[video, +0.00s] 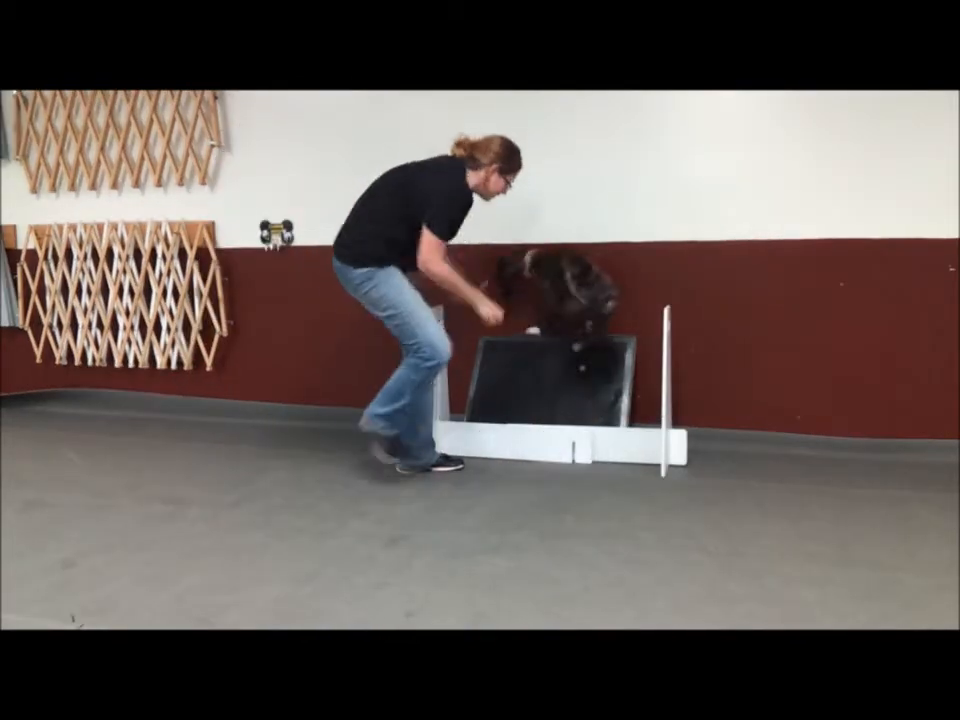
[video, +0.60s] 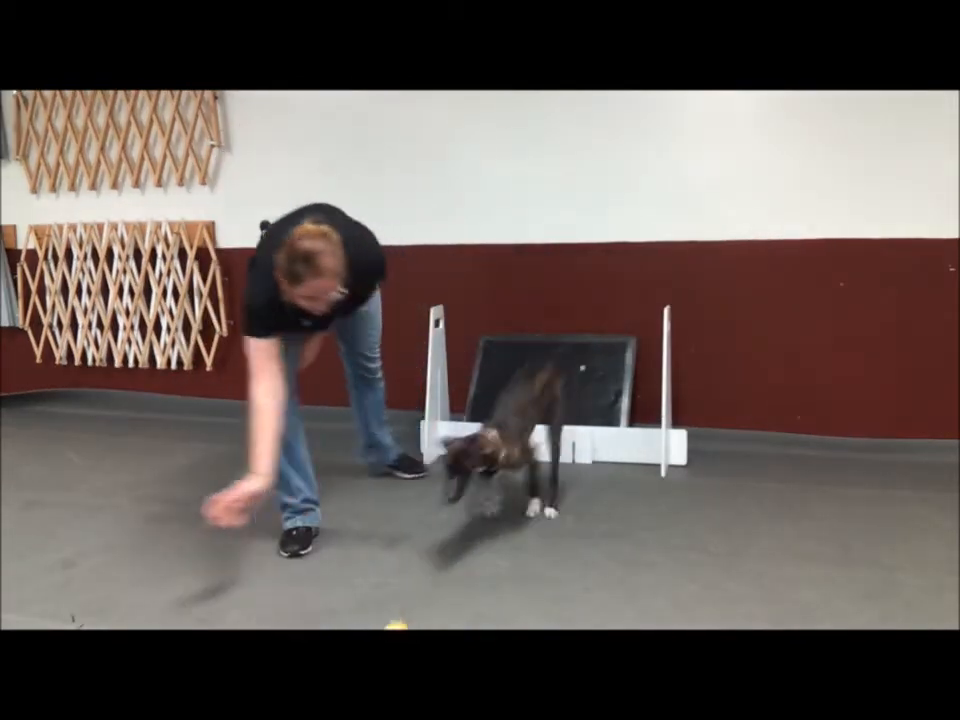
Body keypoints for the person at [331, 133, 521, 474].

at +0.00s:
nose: (506, 188)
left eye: (510, 182)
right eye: (507, 179)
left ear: (486, 167)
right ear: (489, 169)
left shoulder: (450, 177)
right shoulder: (453, 189)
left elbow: (431, 252)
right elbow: (430, 262)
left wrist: (472, 292)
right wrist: (479, 301)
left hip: (376, 261)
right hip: (365, 264)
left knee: (424, 350)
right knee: (434, 350)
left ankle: (416, 454)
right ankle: (379, 421)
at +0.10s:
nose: (504, 212)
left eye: (508, 206)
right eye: (504, 203)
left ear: (484, 189)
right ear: (486, 192)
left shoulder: (453, 199)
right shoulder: (444, 213)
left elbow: (433, 257)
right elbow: (436, 291)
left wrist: (437, 302)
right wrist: (474, 347)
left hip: (392, 268)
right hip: (353, 264)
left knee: (421, 355)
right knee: (407, 356)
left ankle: (417, 455)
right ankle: (348, 459)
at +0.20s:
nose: (488, 250)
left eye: (492, 244)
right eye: (489, 242)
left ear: (473, 225)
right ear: (474, 229)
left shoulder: (442, 217)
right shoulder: (430, 246)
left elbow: (411, 266)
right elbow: (435, 330)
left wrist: (411, 318)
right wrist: (468, 393)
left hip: (382, 277)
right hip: (335, 268)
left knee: (416, 352)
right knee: (365, 363)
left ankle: (417, 455)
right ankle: (326, 484)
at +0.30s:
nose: (461, 285)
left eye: (466, 279)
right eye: (462, 277)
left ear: (443, 259)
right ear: (441, 262)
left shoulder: (431, 240)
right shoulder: (396, 275)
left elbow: (392, 283)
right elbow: (414, 370)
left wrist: (379, 334)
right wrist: (449, 444)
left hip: (360, 283)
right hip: (312, 282)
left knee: (408, 360)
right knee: (330, 381)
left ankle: (415, 454)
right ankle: (307, 510)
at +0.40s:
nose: (420, 312)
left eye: (426, 305)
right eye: (413, 304)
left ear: (435, 285)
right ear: (388, 287)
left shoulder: (413, 259)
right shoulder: (352, 294)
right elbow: (373, 391)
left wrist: (352, 346)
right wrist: (401, 474)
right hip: (293, 287)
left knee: (401, 367)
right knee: (302, 388)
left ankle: (418, 453)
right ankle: (304, 515)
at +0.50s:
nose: (371, 321)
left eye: (379, 311)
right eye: (361, 311)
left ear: (389, 293)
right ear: (333, 293)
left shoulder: (393, 269)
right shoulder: (303, 296)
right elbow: (318, 391)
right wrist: (335, 482)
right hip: (278, 286)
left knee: (381, 366)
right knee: (278, 394)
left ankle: (410, 450)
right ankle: (297, 512)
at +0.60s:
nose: (323, 306)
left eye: (331, 296)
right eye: (311, 299)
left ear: (341, 275)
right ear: (284, 284)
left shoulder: (366, 263)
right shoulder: (263, 288)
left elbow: (347, 304)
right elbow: (265, 383)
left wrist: (321, 335)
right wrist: (260, 474)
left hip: (352, 295)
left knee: (368, 369)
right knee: (278, 395)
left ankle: (381, 453)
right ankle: (299, 513)